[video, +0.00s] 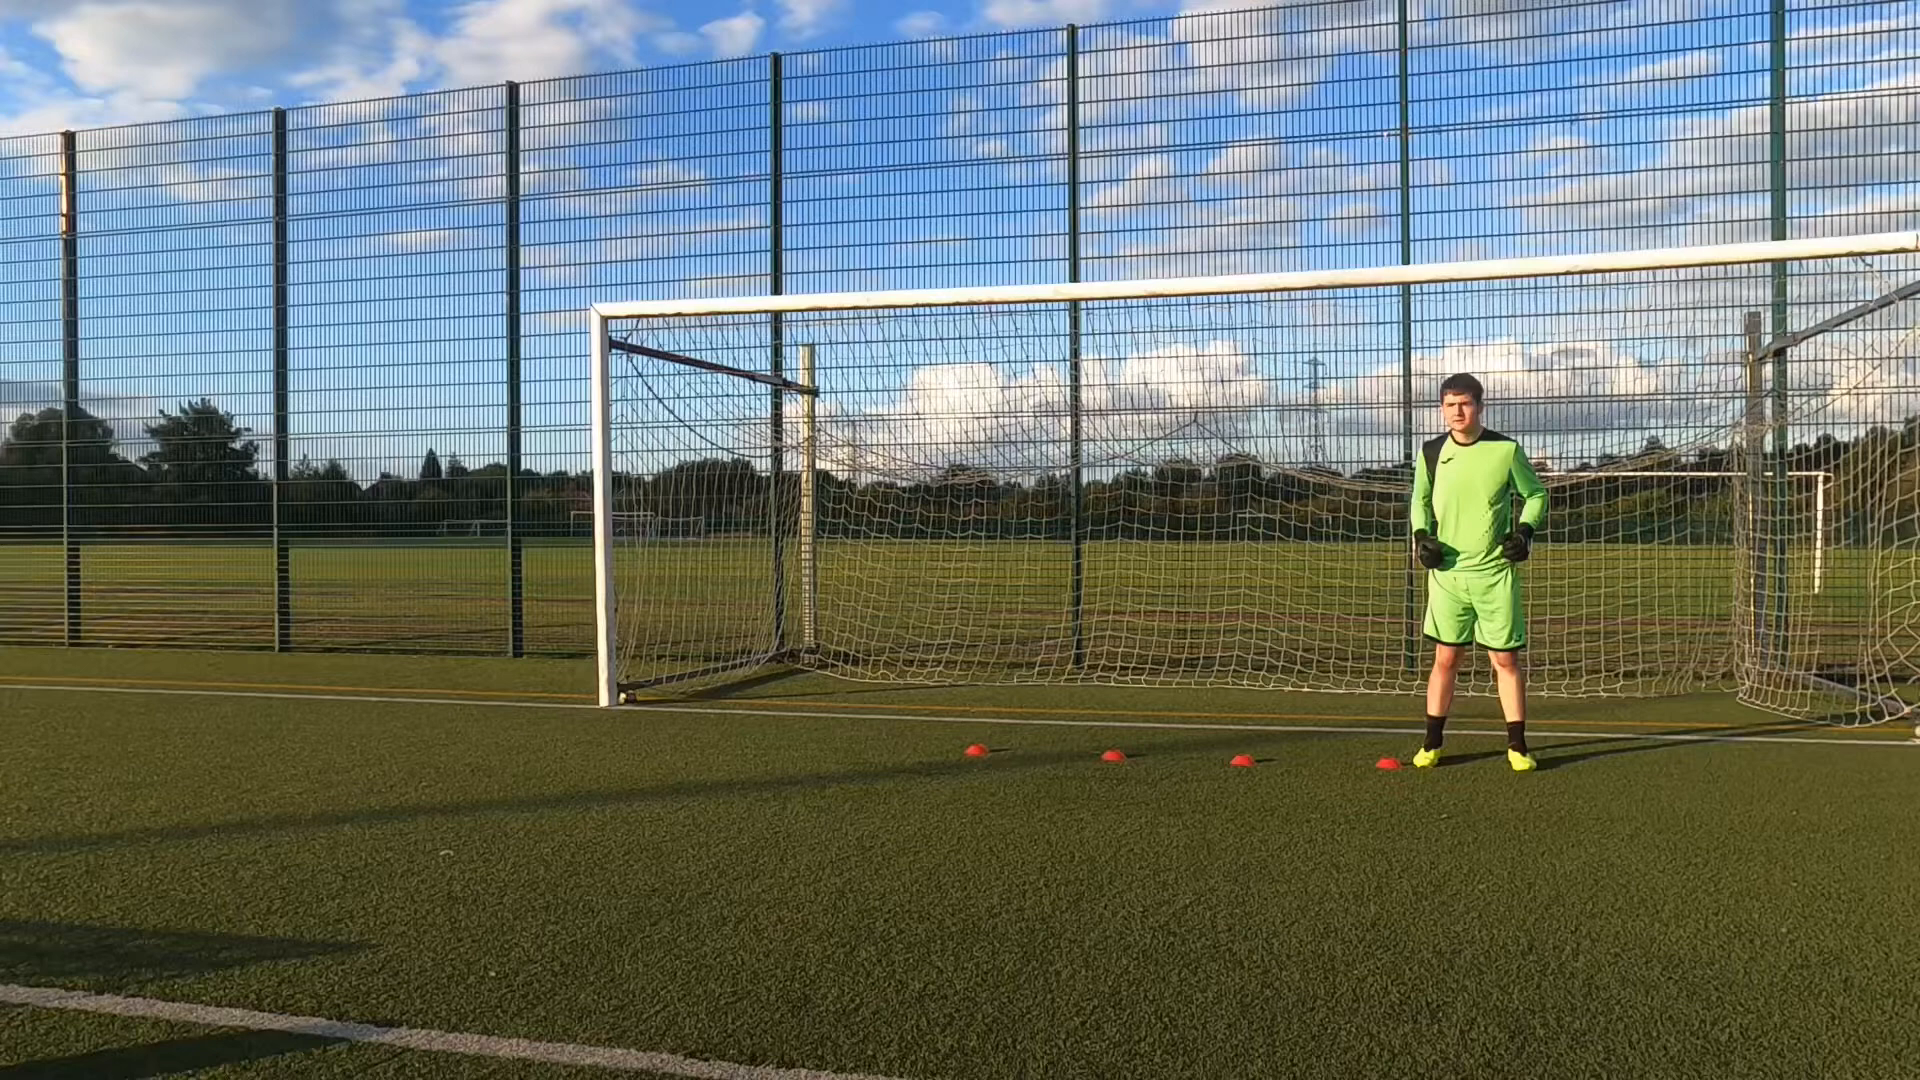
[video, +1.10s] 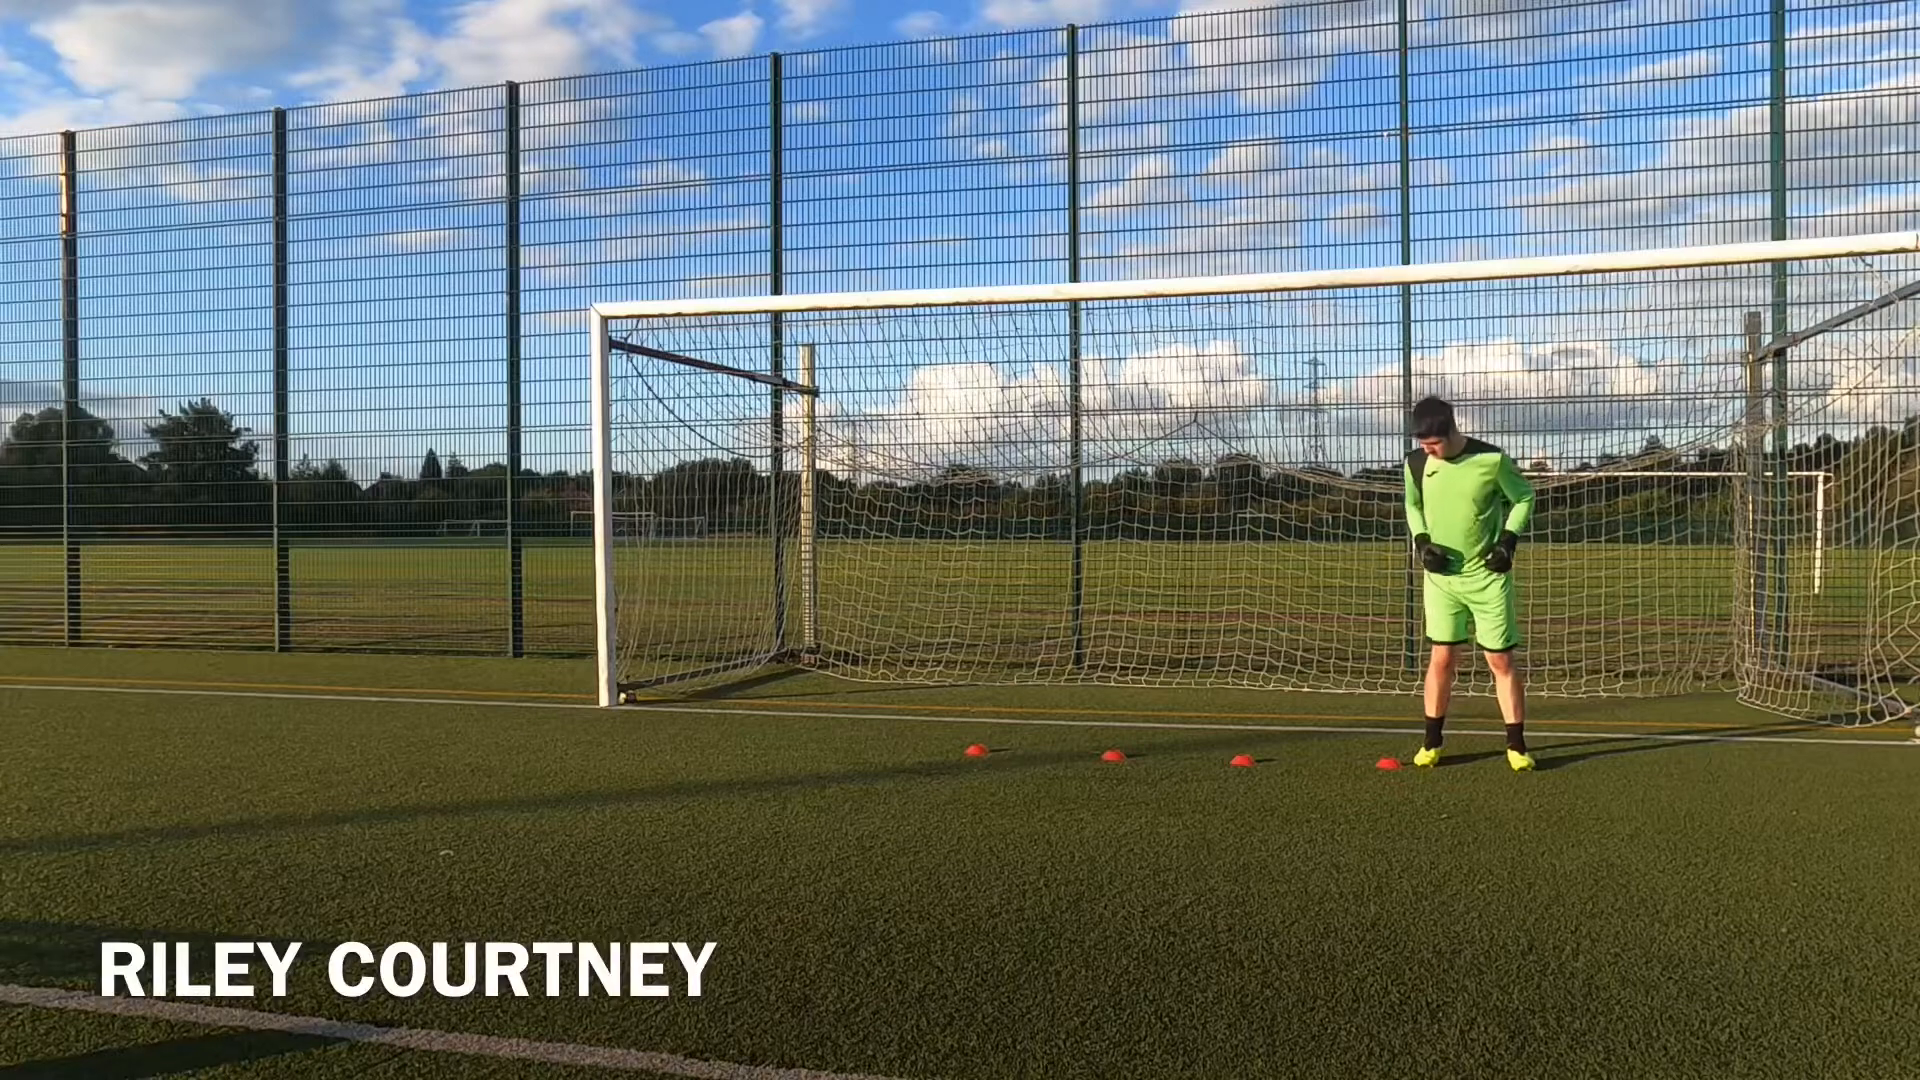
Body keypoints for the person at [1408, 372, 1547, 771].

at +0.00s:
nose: (1457, 412)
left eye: (1465, 404)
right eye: (1450, 405)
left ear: (1480, 407)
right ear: (1441, 410)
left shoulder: (1507, 451)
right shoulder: (1429, 454)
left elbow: (1536, 494)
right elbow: (1420, 501)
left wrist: (1524, 530)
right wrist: (1421, 536)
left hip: (1495, 573)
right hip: (1446, 575)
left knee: (1505, 660)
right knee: (1445, 658)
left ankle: (1517, 746)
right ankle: (1432, 744)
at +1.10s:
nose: (1428, 449)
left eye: (1433, 442)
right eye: (1422, 442)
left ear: (1451, 431)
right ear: (1417, 437)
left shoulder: (1493, 461)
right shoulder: (1416, 464)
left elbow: (1524, 498)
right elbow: (1413, 506)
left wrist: (1508, 539)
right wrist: (1422, 542)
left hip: (1488, 578)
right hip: (1440, 579)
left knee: (1502, 661)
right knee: (1441, 658)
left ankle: (1516, 745)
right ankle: (1432, 742)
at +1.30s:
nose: (1401, 467)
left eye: (1408, 460)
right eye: (1396, 461)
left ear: (1427, 450)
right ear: (1392, 456)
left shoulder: (1464, 479)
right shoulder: (1392, 483)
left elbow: (1504, 512)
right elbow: (1391, 520)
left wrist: (1488, 554)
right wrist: (1397, 552)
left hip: (1466, 588)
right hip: (1419, 589)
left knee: (1488, 672)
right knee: (1407, 657)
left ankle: (1519, 746)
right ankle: (1436, 727)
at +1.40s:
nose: (1380, 467)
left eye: (1387, 460)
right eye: (1374, 460)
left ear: (1406, 450)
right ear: (1368, 455)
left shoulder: (1441, 480)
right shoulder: (1368, 484)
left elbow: (1483, 507)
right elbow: (1363, 517)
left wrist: (1479, 553)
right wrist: (1361, 552)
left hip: (1444, 588)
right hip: (1397, 587)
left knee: (1472, 674)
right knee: (1378, 646)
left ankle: (1517, 745)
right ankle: (1391, 743)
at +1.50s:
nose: (1354, 463)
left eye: (1360, 456)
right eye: (1349, 456)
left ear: (1378, 447)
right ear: (1343, 452)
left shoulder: (1416, 476)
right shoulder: (1339, 480)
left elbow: (1457, 498)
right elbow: (1315, 514)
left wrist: (1461, 540)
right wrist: (1313, 548)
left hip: (1410, 581)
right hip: (1366, 585)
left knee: (1431, 655)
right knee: (1375, 654)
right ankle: (1375, 753)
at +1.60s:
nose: (1321, 466)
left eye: (1327, 459)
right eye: (1316, 459)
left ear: (1345, 448)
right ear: (1311, 455)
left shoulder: (1384, 476)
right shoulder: (1310, 479)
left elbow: (1429, 511)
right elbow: (1290, 515)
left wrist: (1423, 552)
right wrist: (1274, 546)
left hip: (1380, 573)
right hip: (1339, 576)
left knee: (1378, 649)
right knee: (1347, 649)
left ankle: (1382, 728)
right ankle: (1353, 742)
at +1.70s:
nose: (1286, 470)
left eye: (1292, 463)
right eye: (1281, 463)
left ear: (1312, 455)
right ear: (1278, 459)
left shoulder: (1349, 486)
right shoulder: (1280, 487)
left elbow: (1392, 522)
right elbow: (1269, 524)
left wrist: (1372, 554)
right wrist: (1253, 544)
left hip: (1351, 583)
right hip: (1308, 583)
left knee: (1346, 670)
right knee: (1292, 645)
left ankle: (1373, 742)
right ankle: (1302, 717)